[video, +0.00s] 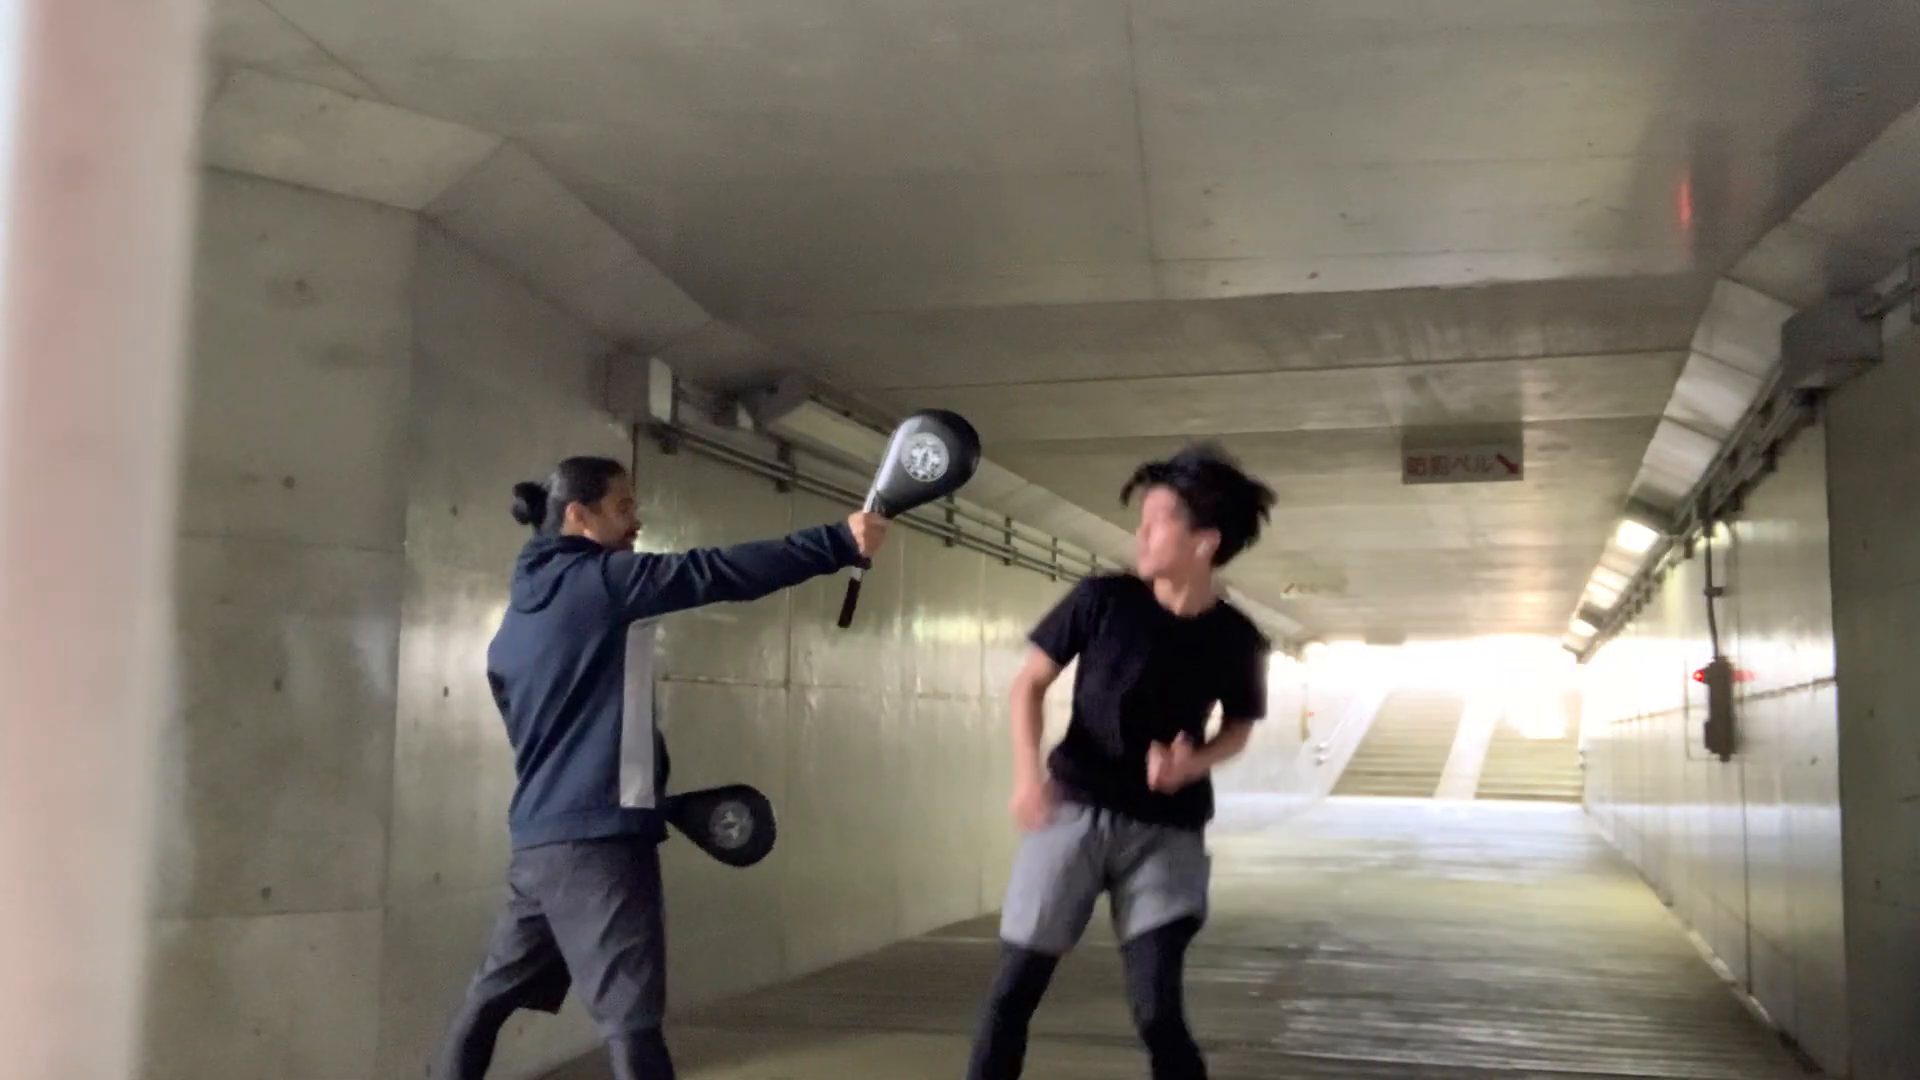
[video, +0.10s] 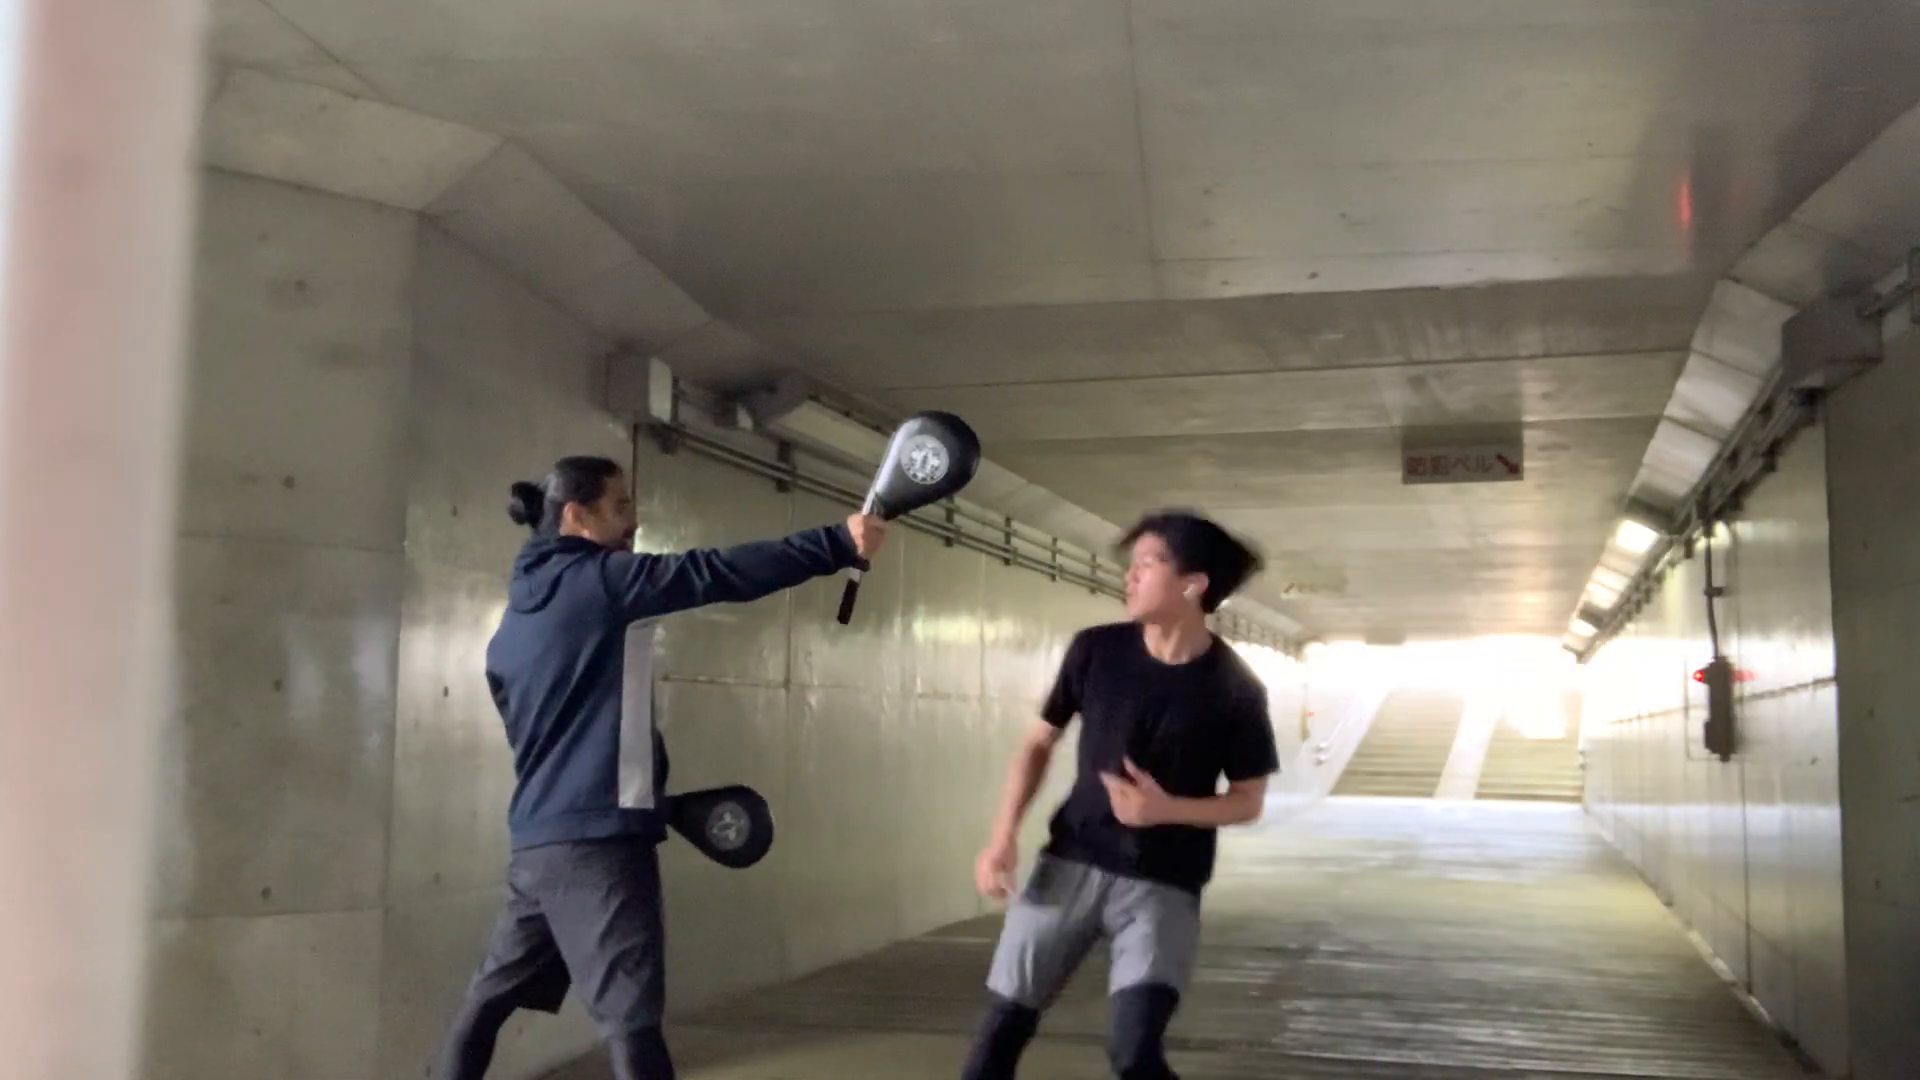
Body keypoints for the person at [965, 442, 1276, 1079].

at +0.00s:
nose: (1140, 537)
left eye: (1155, 524)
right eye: (1142, 522)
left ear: (1208, 542)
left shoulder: (1237, 639)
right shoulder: (1101, 600)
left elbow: (1238, 729)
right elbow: (1028, 682)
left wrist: (1198, 761)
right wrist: (1029, 776)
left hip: (1166, 835)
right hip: (1070, 816)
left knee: (1158, 1017)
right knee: (1010, 999)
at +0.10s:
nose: (1129, 576)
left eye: (1147, 564)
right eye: (1132, 563)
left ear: (1194, 585)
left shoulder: (1236, 689)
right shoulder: (1096, 649)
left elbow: (1248, 803)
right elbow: (1038, 743)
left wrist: (1166, 808)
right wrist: (1004, 835)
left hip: (1163, 887)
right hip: (1070, 867)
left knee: (1133, 1054)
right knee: (997, 1037)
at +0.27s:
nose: (1160, 559)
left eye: (1173, 545)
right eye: (1164, 544)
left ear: (1218, 563)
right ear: (1215, 565)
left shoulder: (1228, 646)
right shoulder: (1224, 640)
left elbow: (1231, 776)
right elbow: (1213, 762)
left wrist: (1139, 755)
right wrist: (1145, 812)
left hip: (1214, 873)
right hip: (1188, 858)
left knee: (1138, 1025)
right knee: (1102, 996)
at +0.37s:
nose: (1209, 565)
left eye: (1221, 552)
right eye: (1214, 551)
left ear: (1259, 573)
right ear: (1264, 575)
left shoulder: (1226, 653)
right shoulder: (1323, 662)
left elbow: (1187, 775)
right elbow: (1335, 775)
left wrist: (1137, 806)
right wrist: (1257, 768)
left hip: (1243, 876)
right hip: (1305, 877)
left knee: (1174, 1023)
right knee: (1212, 1017)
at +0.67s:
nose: (1403, 562)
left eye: (1414, 547)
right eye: (1406, 546)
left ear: (1455, 568)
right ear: (1471, 572)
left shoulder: (1407, 644)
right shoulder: (1528, 651)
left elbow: (1378, 745)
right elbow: (1569, 776)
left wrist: (1318, 830)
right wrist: (1517, 817)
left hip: (1442, 876)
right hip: (1533, 874)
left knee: (1340, 1015)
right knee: (1627, 1029)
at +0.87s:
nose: (1491, 585)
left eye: (1501, 572)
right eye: (1493, 572)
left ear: (1544, 580)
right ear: (1566, 586)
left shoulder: (1506, 658)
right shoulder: (1633, 675)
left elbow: (1491, 764)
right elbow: (1687, 782)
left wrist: (1441, 852)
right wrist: (1624, 836)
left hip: (1538, 886)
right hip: (1635, 889)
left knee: (1421, 1010)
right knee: (1689, 1051)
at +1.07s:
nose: (1488, 522)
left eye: (1500, 508)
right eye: (1491, 507)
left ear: (1545, 526)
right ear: (1555, 529)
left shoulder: (1495, 597)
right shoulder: (1625, 619)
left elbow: (1480, 695)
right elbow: (1656, 740)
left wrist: (1423, 781)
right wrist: (1585, 763)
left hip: (1507, 828)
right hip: (1601, 834)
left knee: (1428, 993)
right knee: (1658, 1007)